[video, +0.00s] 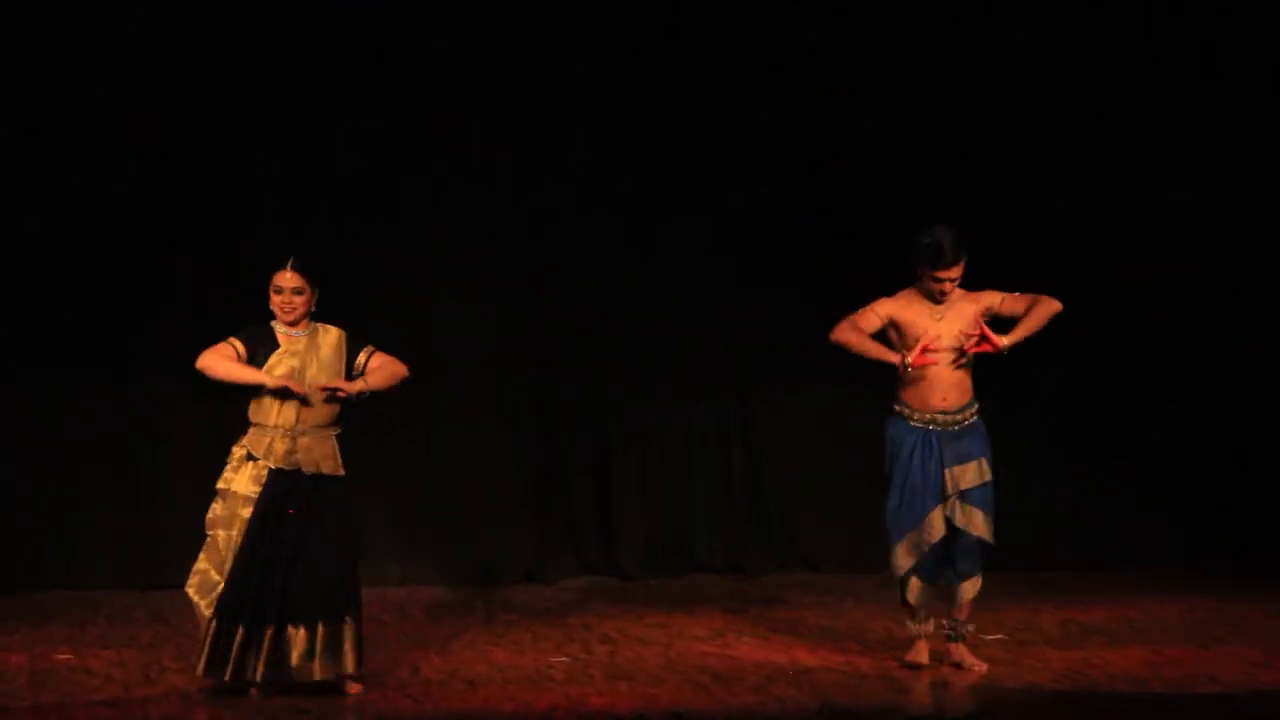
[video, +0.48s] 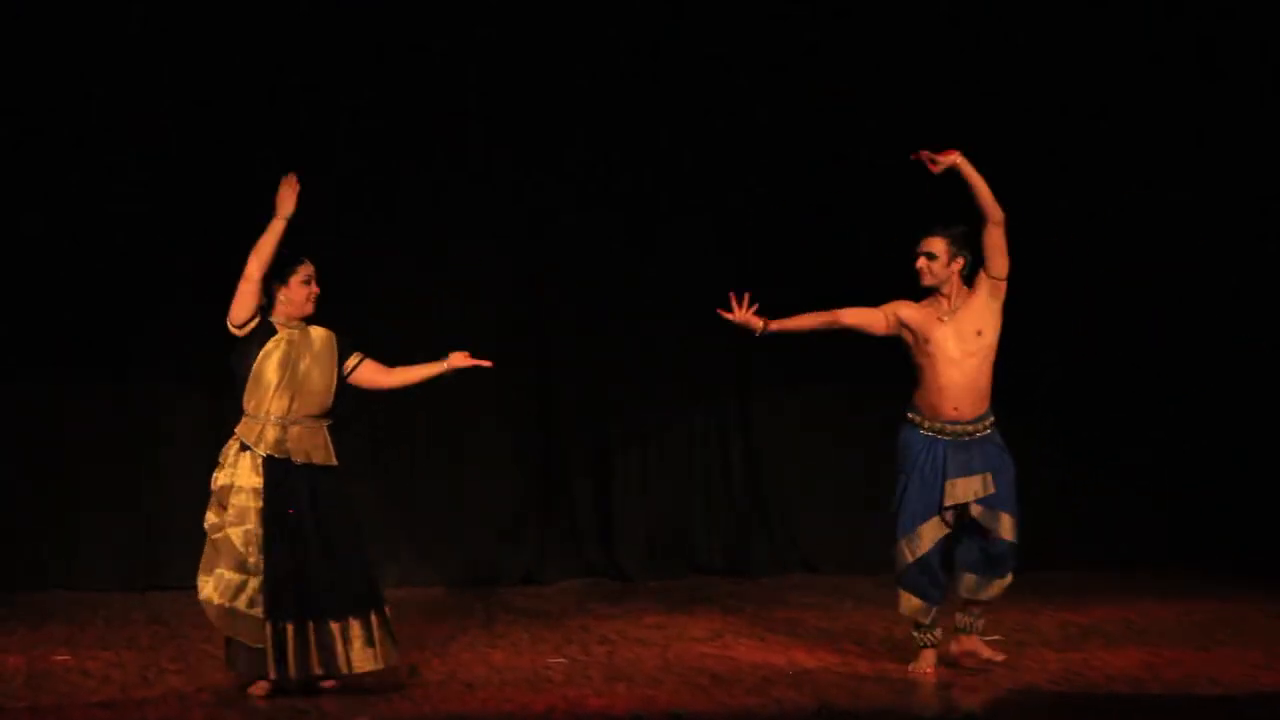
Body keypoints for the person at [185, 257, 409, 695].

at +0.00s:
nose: (287, 300)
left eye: (297, 292)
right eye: (279, 291)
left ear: (312, 297)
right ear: (269, 295)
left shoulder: (336, 343)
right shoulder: (258, 338)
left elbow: (396, 369)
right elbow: (207, 362)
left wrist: (358, 385)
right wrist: (266, 379)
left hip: (319, 472)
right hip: (259, 470)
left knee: (331, 569)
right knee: (250, 568)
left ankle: (341, 670)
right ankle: (246, 671)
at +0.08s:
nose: (289, 299)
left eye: (299, 292)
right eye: (281, 291)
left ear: (314, 298)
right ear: (271, 295)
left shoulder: (336, 343)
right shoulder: (260, 336)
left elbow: (396, 372)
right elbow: (209, 348)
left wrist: (351, 379)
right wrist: (272, 363)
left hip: (317, 471)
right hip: (260, 468)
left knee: (319, 567)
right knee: (255, 565)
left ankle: (313, 669)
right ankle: (253, 669)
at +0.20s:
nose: (306, 295)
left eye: (312, 288)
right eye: (297, 287)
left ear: (317, 297)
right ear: (274, 292)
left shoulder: (329, 344)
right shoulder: (255, 338)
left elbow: (390, 385)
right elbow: (215, 314)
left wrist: (371, 377)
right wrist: (269, 309)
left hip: (314, 463)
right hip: (259, 463)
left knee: (329, 561)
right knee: (263, 565)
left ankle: (336, 669)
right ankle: (267, 672)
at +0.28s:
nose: (313, 291)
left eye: (314, 285)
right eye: (304, 284)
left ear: (309, 295)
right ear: (275, 292)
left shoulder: (325, 346)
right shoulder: (250, 336)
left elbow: (365, 388)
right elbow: (223, 292)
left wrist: (391, 380)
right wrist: (269, 263)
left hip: (311, 461)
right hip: (256, 461)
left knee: (326, 560)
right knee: (261, 565)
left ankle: (327, 669)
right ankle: (261, 673)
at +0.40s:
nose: (314, 291)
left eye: (315, 283)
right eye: (304, 282)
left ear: (313, 293)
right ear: (275, 290)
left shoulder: (324, 346)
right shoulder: (251, 335)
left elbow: (382, 381)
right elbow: (248, 274)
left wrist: (443, 372)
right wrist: (278, 218)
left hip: (309, 461)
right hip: (255, 460)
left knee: (319, 561)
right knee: (260, 565)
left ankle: (318, 671)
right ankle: (263, 674)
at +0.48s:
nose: (315, 289)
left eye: (315, 282)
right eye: (306, 281)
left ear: (311, 292)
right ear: (277, 288)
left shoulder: (325, 344)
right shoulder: (251, 335)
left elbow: (385, 376)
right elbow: (254, 274)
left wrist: (444, 364)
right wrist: (281, 218)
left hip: (312, 459)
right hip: (257, 458)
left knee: (322, 560)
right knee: (262, 563)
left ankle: (321, 669)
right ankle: (264, 671)